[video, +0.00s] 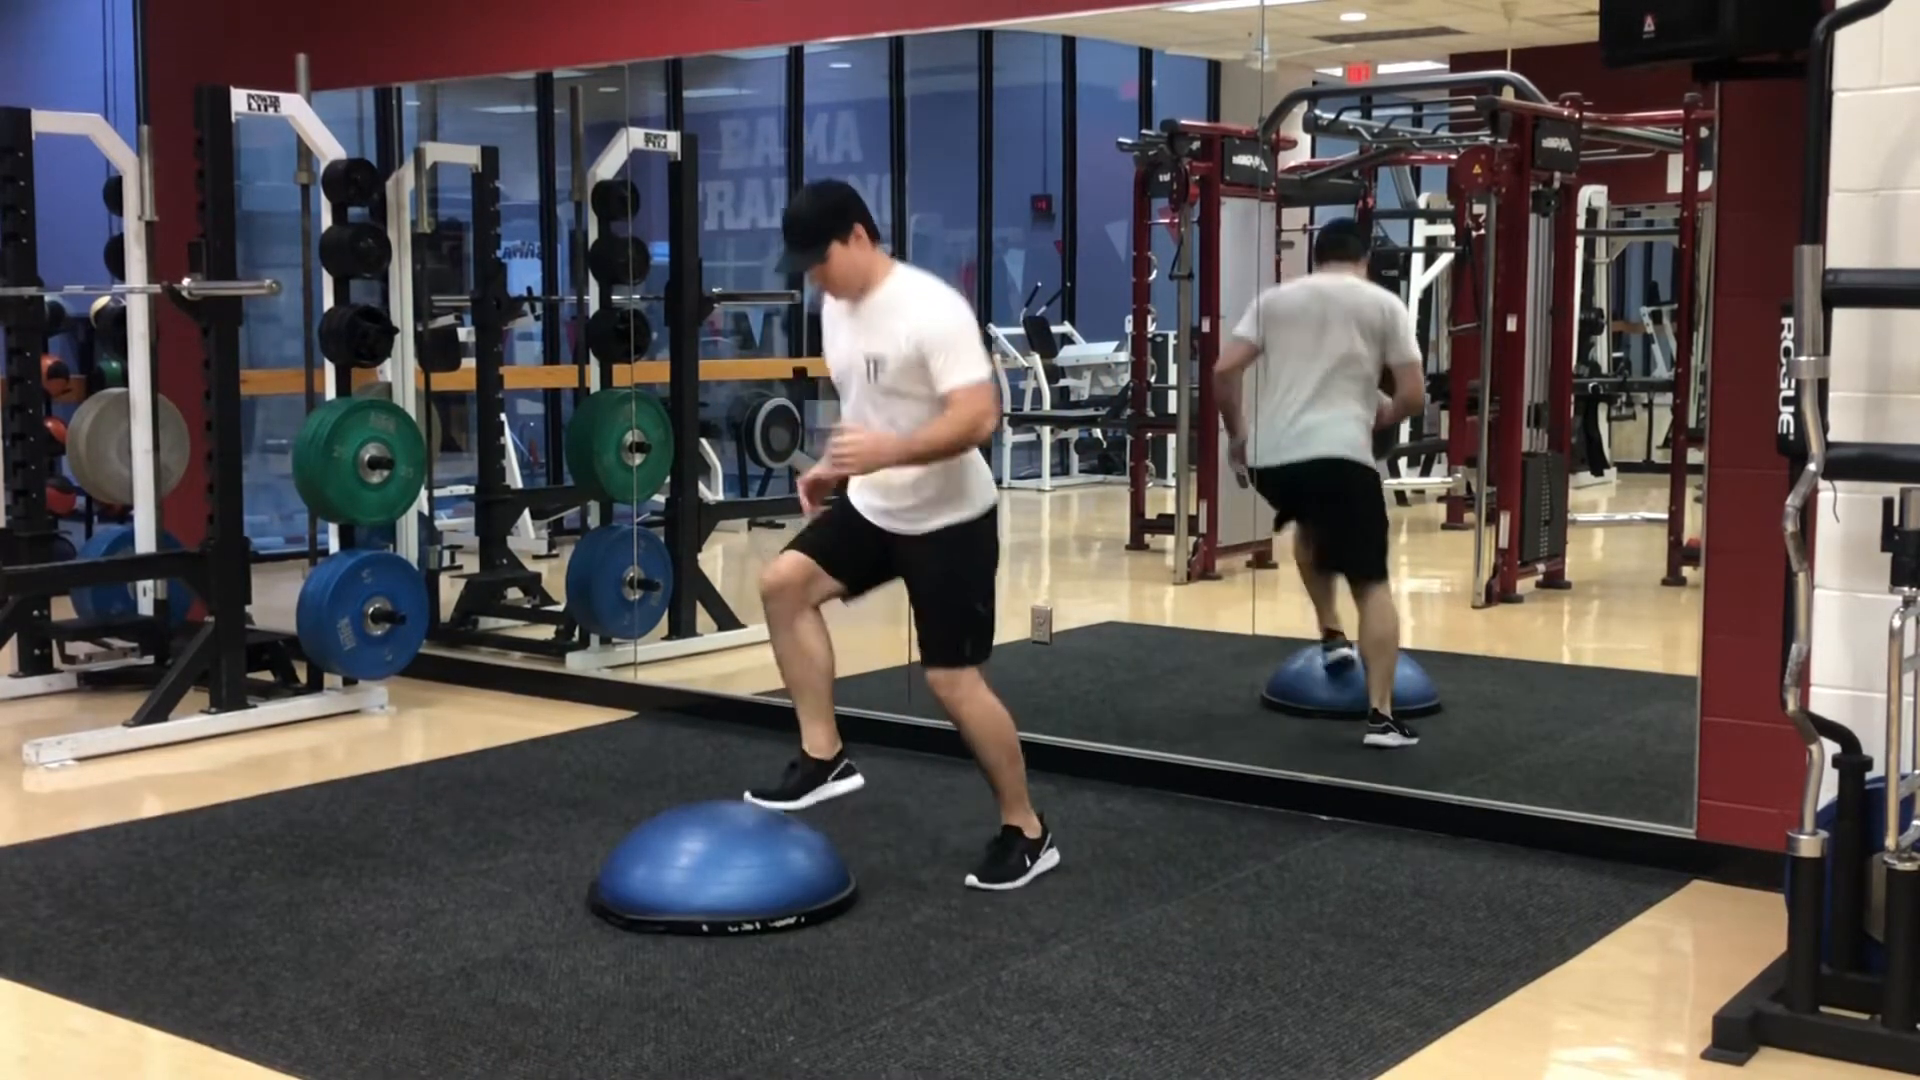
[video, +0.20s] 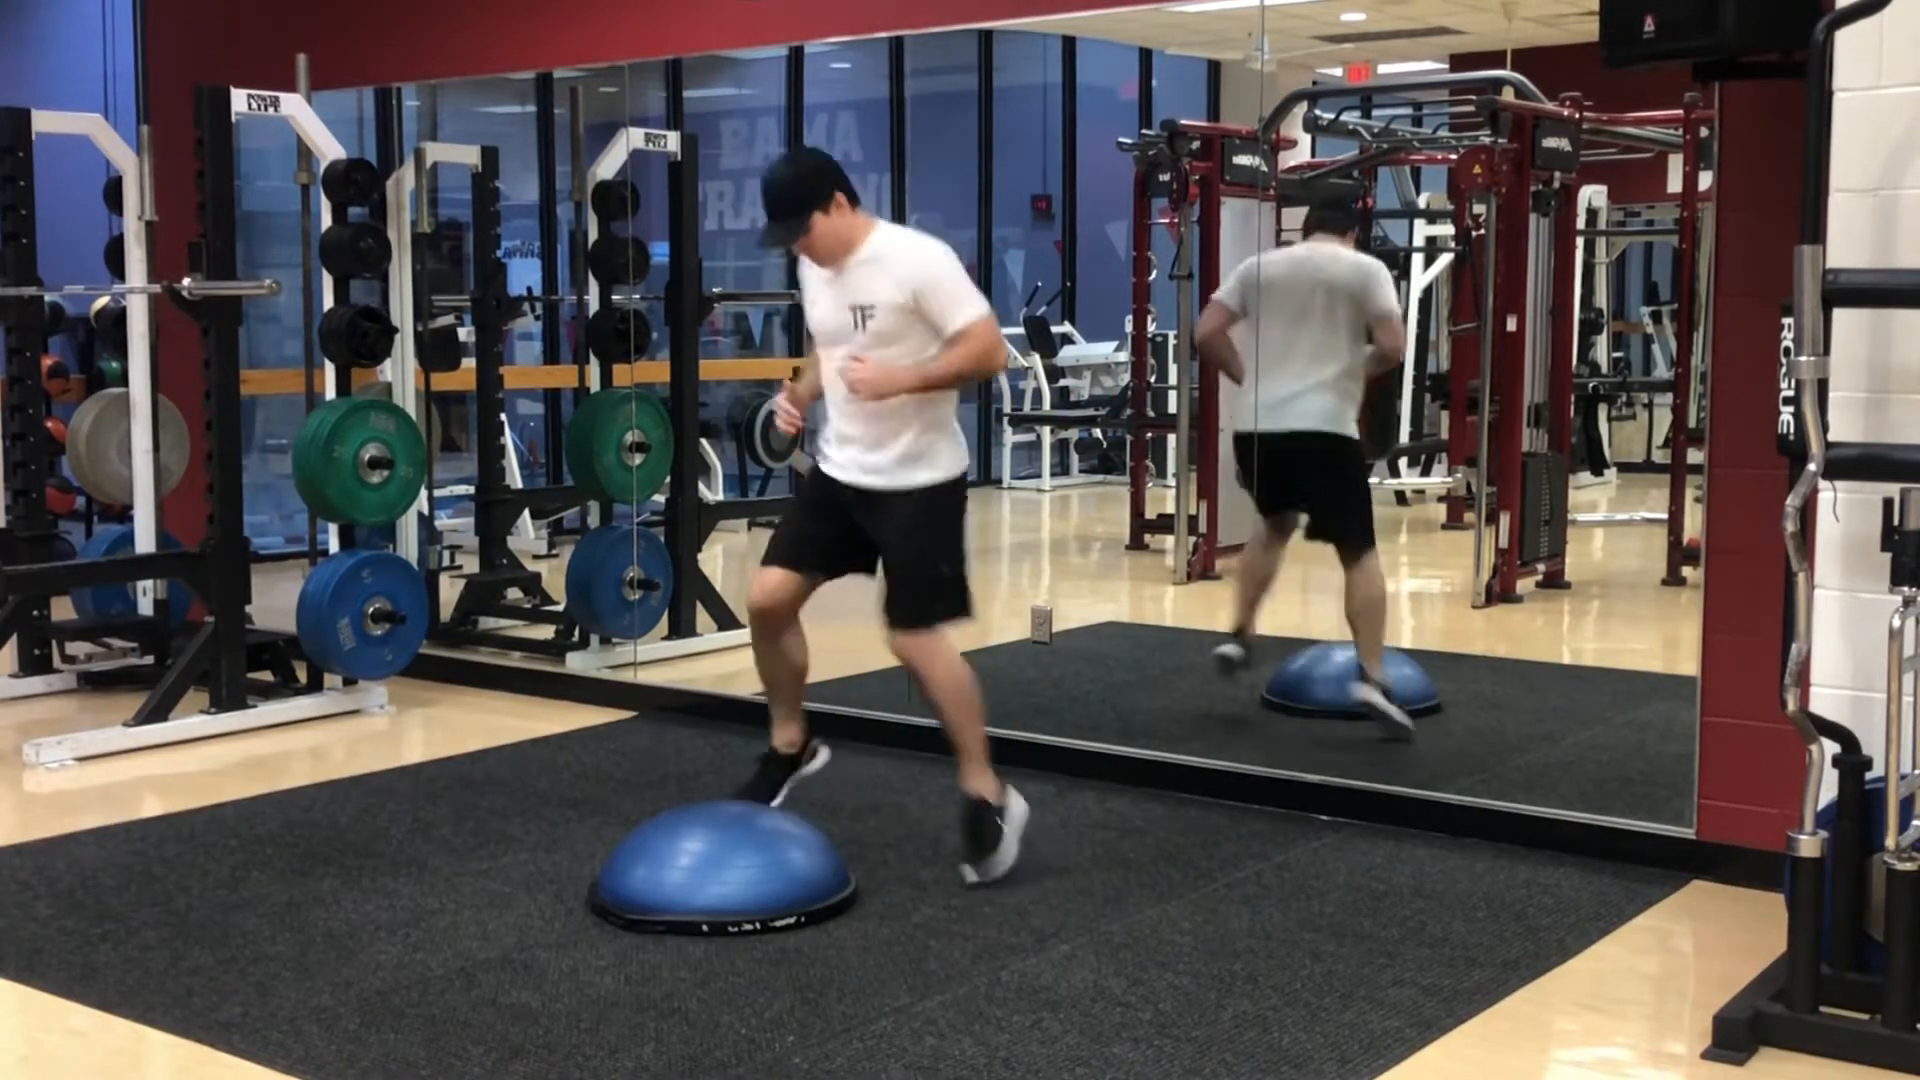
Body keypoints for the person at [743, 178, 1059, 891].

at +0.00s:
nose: (814, 279)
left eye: (818, 262)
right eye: (808, 266)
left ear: (857, 238)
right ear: (842, 247)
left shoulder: (934, 307)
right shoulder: (836, 306)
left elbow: (978, 416)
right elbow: (869, 414)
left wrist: (891, 450)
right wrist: (833, 470)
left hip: (951, 518)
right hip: (874, 510)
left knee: (954, 679)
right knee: (783, 586)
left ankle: (1025, 827)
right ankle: (822, 755)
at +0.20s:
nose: (800, 250)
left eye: (803, 234)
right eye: (791, 240)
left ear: (838, 205)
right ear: (802, 221)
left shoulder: (920, 259)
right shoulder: (813, 267)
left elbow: (988, 349)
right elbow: (831, 350)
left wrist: (904, 377)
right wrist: (799, 391)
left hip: (919, 487)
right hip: (838, 480)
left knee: (919, 639)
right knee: (769, 599)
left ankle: (986, 793)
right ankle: (789, 745)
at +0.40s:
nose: (766, 279)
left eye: (772, 264)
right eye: (758, 268)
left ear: (807, 238)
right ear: (755, 260)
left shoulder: (889, 292)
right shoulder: (762, 316)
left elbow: (974, 361)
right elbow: (745, 403)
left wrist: (940, 447)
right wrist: (727, 477)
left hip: (891, 489)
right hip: (809, 504)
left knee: (802, 565)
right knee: (781, 660)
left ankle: (825, 731)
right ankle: (786, 782)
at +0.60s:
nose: (769, 246)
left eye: (774, 231)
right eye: (761, 236)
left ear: (806, 201)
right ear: (763, 223)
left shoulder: (890, 249)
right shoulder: (768, 278)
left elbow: (986, 306)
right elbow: (757, 357)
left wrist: (944, 381)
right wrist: (738, 412)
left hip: (895, 464)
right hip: (814, 475)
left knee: (833, 586)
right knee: (780, 636)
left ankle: (891, 757)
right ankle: (784, 772)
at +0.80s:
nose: (779, 265)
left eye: (783, 247)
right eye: (773, 252)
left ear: (821, 222)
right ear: (801, 234)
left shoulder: (901, 283)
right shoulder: (807, 296)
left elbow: (974, 375)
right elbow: (832, 392)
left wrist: (902, 427)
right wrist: (800, 455)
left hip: (916, 511)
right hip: (842, 507)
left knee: (923, 668)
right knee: (756, 584)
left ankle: (988, 828)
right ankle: (812, 747)